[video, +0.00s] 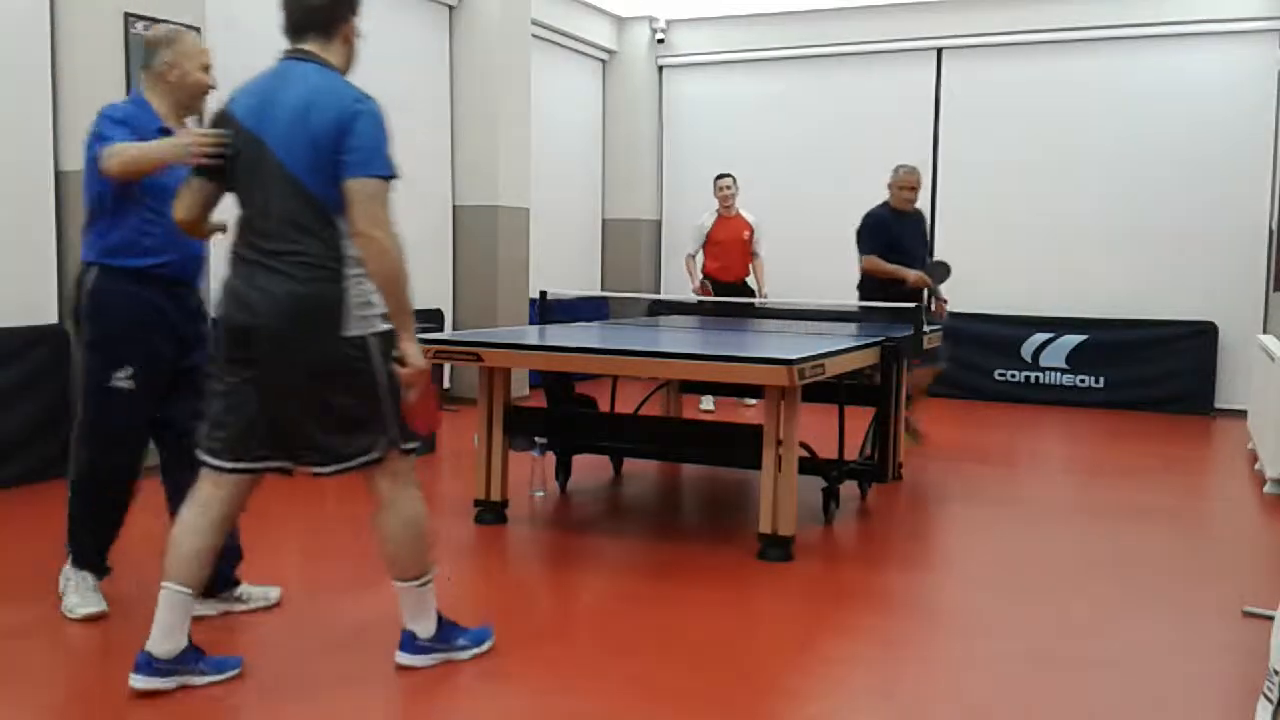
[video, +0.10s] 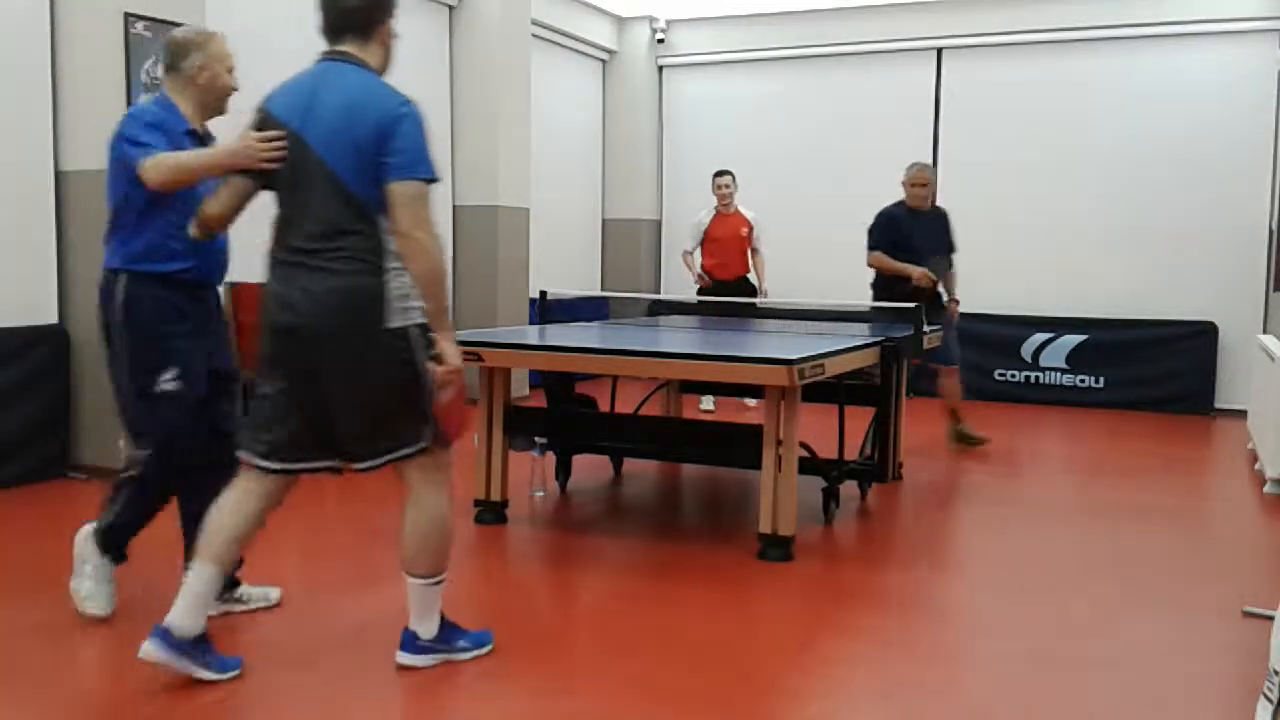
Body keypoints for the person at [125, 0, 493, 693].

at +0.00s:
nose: (359, 39)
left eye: (354, 28)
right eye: (357, 28)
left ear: (289, 30)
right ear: (347, 29)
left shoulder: (241, 102)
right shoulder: (352, 108)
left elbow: (189, 213)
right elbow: (370, 232)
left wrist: (236, 223)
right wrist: (407, 333)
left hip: (245, 328)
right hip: (331, 329)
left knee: (218, 482)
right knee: (393, 474)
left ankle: (164, 649)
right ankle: (423, 629)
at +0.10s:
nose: (395, 40)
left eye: (389, 29)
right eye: (393, 29)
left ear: (329, 29)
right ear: (384, 30)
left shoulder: (281, 102)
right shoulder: (391, 110)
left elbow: (223, 204)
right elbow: (412, 231)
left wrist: (207, 220)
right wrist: (443, 336)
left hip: (288, 325)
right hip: (369, 327)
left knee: (260, 476)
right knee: (428, 464)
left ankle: (180, 629)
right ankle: (426, 629)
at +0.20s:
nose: (428, 39)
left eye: (422, 29)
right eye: (427, 28)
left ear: (363, 29)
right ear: (419, 30)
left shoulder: (314, 101)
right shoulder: (428, 108)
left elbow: (257, 212)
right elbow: (452, 230)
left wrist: (238, 231)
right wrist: (483, 336)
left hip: (322, 318)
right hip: (400, 322)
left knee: (327, 455)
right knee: (440, 458)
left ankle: (230, 583)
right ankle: (426, 631)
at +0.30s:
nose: (456, 36)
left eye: (450, 26)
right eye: (454, 26)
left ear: (388, 28)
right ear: (443, 29)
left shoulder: (344, 99)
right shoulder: (457, 105)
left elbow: (299, 216)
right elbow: (490, 227)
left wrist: (304, 262)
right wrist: (521, 326)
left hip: (353, 304)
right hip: (423, 311)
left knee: (377, 443)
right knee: (448, 462)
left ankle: (301, 569)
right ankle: (426, 631)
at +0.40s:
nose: (478, 37)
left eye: (472, 27)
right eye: (476, 27)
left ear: (413, 30)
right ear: (468, 29)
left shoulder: (367, 102)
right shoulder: (480, 104)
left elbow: (339, 222)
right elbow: (518, 219)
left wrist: (360, 302)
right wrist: (554, 310)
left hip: (377, 304)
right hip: (448, 309)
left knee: (416, 442)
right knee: (455, 464)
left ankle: (384, 585)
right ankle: (427, 630)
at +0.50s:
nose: (499, 41)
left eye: (493, 30)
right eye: (497, 30)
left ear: (434, 35)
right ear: (487, 34)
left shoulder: (390, 108)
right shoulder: (499, 106)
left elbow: (369, 225)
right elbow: (541, 218)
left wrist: (388, 303)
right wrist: (579, 305)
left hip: (403, 301)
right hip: (461, 303)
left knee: (460, 451)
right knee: (462, 466)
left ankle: (471, 591)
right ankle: (425, 629)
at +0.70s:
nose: (541, 62)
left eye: (538, 52)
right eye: (541, 52)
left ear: (479, 52)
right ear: (530, 52)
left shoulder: (440, 120)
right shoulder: (532, 115)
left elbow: (414, 235)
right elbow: (577, 229)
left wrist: (437, 308)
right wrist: (605, 273)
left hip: (458, 311)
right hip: (516, 313)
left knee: (503, 456)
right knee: (539, 465)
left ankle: (525, 592)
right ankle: (439, 610)